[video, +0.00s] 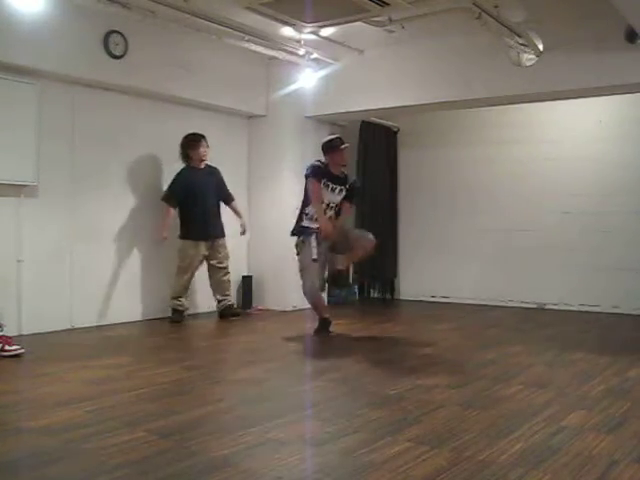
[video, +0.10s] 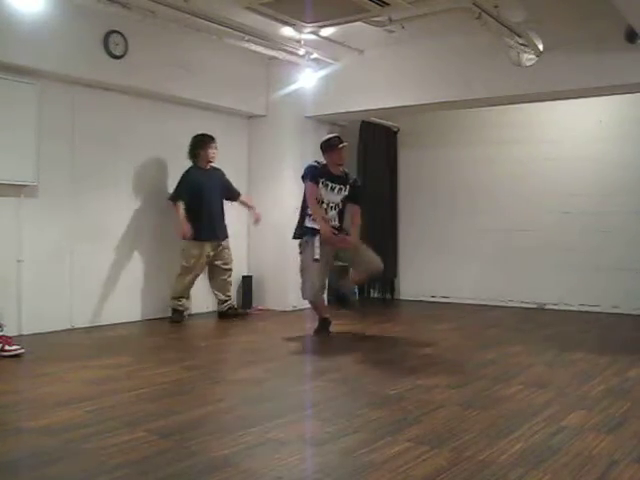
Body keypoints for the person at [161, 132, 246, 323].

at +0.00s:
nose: (204, 151)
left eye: (206, 147)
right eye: (199, 148)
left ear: (208, 149)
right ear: (189, 152)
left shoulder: (213, 173)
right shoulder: (183, 176)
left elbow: (227, 198)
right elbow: (170, 204)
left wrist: (241, 217)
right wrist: (165, 229)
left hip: (216, 233)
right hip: (192, 235)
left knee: (221, 270)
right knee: (185, 273)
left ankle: (225, 305)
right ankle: (178, 307)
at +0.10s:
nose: (214, 152)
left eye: (215, 149)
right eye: (210, 149)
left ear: (215, 151)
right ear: (199, 152)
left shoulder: (217, 174)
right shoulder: (190, 175)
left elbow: (234, 194)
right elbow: (177, 200)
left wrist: (252, 207)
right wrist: (183, 223)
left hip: (219, 234)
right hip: (197, 235)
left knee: (223, 272)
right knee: (188, 274)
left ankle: (226, 306)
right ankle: (179, 308)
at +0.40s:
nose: (241, 160)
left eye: (242, 157)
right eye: (239, 157)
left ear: (240, 157)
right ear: (231, 155)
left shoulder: (239, 168)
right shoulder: (218, 169)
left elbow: (249, 160)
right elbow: (217, 152)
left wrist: (260, 138)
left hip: (238, 223)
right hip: (223, 223)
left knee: (237, 266)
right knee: (224, 263)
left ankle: (228, 304)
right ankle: (197, 300)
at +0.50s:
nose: (252, 160)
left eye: (253, 157)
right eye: (251, 156)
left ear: (242, 151)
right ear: (246, 154)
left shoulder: (241, 168)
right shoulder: (229, 167)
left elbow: (248, 146)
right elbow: (231, 141)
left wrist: (249, 121)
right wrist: (237, 115)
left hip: (240, 224)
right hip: (231, 224)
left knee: (235, 266)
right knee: (235, 265)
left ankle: (227, 302)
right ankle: (224, 301)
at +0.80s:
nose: (279, 167)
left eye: (281, 163)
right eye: (279, 162)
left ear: (271, 160)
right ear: (272, 158)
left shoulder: (261, 173)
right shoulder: (259, 171)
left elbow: (281, 159)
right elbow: (273, 151)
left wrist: (265, 145)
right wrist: (261, 145)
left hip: (250, 227)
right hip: (258, 228)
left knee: (244, 269)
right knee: (275, 268)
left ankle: (230, 303)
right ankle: (294, 304)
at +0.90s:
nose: (290, 166)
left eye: (291, 163)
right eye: (290, 162)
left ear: (282, 158)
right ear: (284, 159)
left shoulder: (273, 175)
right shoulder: (270, 173)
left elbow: (291, 174)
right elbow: (285, 151)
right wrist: (281, 125)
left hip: (260, 229)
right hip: (273, 230)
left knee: (255, 270)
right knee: (288, 269)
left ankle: (235, 301)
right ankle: (297, 306)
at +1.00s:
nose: (304, 158)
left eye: (303, 155)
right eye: (303, 154)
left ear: (289, 153)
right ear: (298, 155)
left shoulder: (277, 169)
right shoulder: (293, 169)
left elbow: (272, 195)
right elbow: (299, 146)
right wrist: (297, 124)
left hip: (273, 226)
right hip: (287, 227)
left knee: (274, 270)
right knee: (294, 270)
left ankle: (249, 292)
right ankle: (296, 308)